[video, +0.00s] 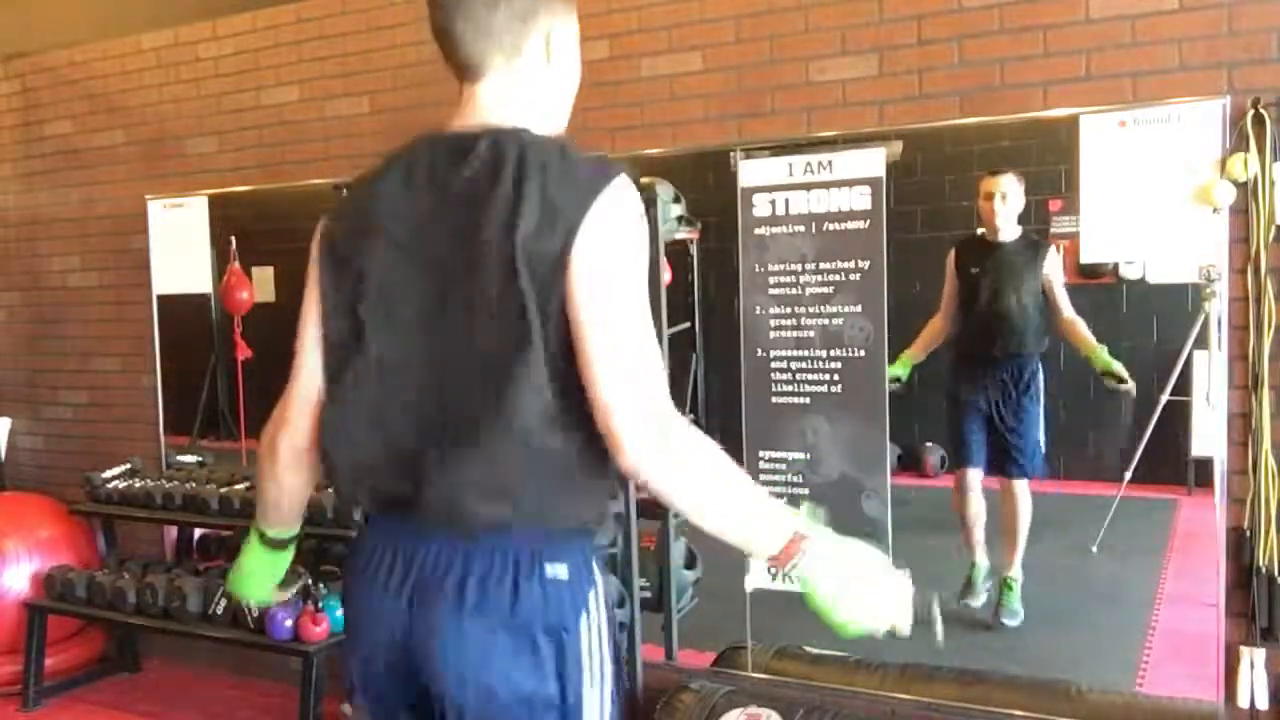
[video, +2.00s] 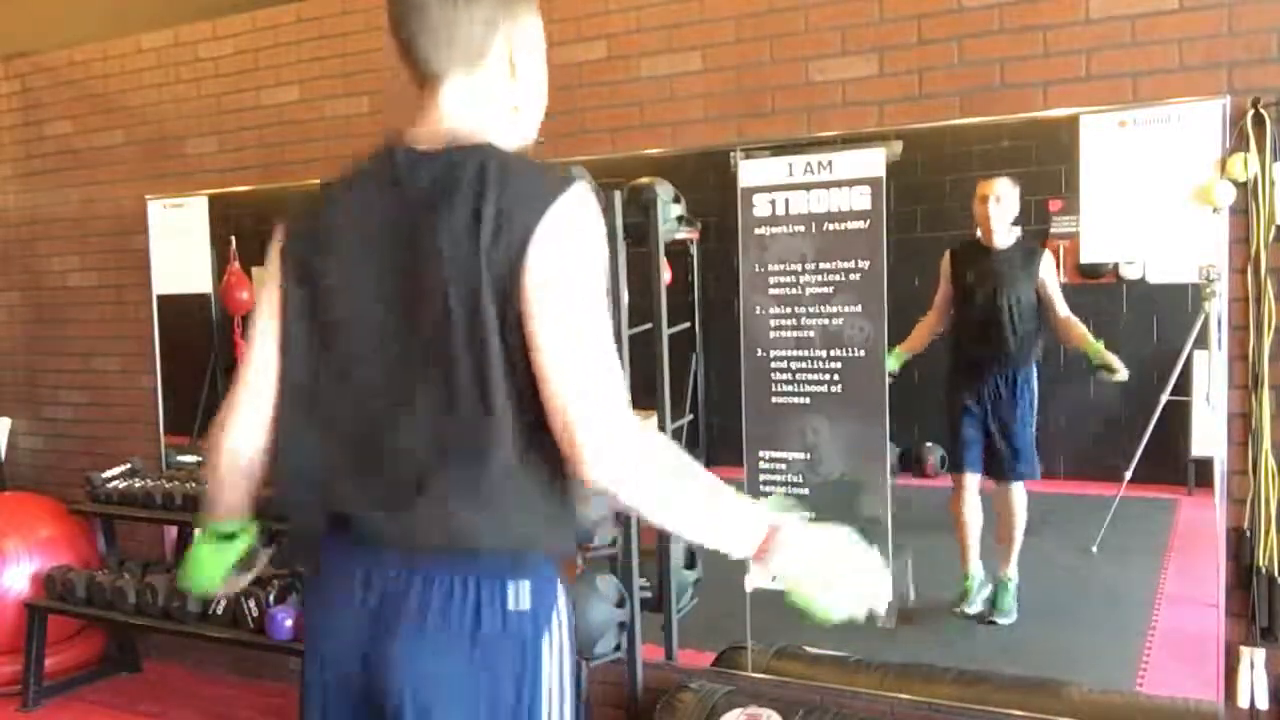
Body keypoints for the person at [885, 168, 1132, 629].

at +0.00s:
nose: (995, 205)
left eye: (1004, 197)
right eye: (988, 197)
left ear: (1022, 203)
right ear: (977, 204)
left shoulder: (1043, 255)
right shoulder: (961, 254)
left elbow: (1066, 318)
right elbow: (945, 318)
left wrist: (1100, 358)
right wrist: (906, 359)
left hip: (1022, 376)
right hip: (970, 375)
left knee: (1015, 479)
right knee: (967, 478)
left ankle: (1012, 580)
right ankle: (977, 567)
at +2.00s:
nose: (990, 208)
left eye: (999, 200)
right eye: (983, 200)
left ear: (1017, 208)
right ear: (973, 208)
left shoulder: (1038, 260)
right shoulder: (956, 258)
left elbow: (1062, 319)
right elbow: (936, 318)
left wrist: (1095, 351)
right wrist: (898, 354)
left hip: (1015, 381)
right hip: (966, 379)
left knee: (1010, 483)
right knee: (965, 482)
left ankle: (1007, 580)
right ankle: (972, 579)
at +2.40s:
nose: (977, 209)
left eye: (986, 201)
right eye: (971, 201)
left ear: (1003, 207)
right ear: (962, 208)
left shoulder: (1027, 256)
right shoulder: (947, 261)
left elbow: (1055, 315)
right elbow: (932, 321)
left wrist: (1091, 349)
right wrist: (895, 359)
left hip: (1020, 376)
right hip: (969, 378)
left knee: (1012, 472)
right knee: (978, 482)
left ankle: (1020, 549)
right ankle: (985, 580)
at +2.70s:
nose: (980, 235)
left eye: (989, 226)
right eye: (974, 226)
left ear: (1009, 231)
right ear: (965, 232)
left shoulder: (1032, 280)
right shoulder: (952, 281)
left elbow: (1060, 334)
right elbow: (930, 337)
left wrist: (1092, 341)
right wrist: (892, 346)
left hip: (1024, 398)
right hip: (975, 399)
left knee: (1018, 497)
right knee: (982, 501)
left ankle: (1019, 597)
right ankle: (1000, 585)